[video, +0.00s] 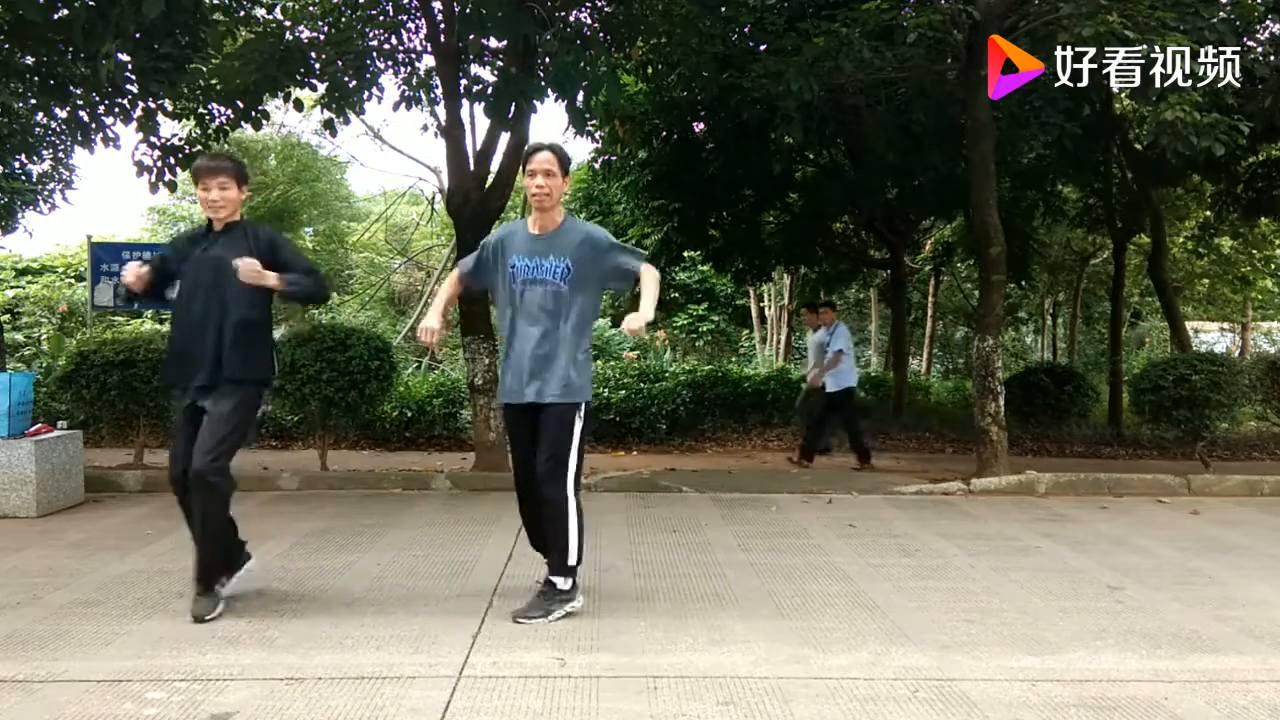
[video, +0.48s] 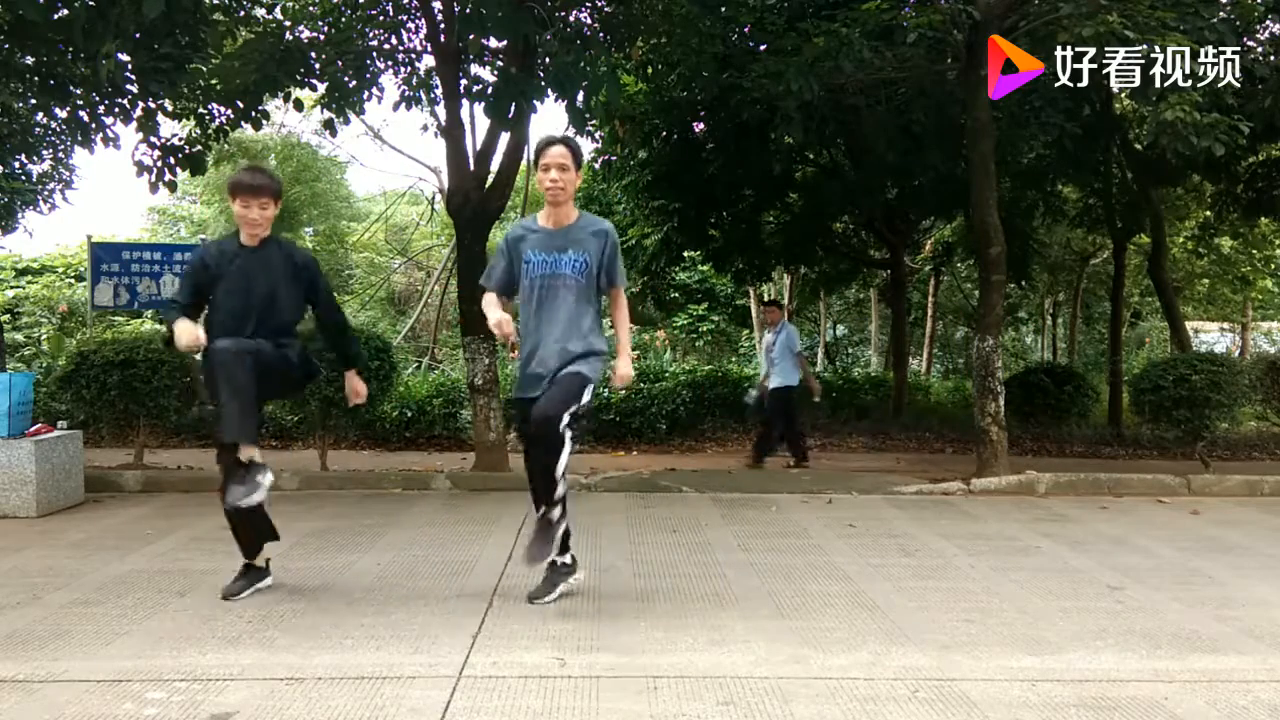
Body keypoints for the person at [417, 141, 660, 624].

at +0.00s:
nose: (539, 182)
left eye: (549, 174)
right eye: (532, 174)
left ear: (565, 183)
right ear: (523, 181)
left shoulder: (587, 238)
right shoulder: (503, 239)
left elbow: (647, 270)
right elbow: (458, 276)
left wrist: (645, 311)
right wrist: (435, 311)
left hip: (566, 379)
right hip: (518, 380)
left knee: (553, 481)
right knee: (527, 484)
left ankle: (562, 587)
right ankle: (557, 569)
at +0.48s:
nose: (553, 177)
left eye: (562, 169)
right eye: (545, 169)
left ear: (578, 176)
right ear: (536, 176)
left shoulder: (601, 233)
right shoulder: (517, 236)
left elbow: (617, 296)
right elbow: (491, 293)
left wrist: (624, 353)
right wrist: (496, 314)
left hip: (583, 357)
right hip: (534, 363)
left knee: (546, 418)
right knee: (538, 459)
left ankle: (546, 517)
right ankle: (563, 558)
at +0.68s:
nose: (573, 183)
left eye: (582, 175)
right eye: (565, 175)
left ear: (596, 184)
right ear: (554, 183)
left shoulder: (615, 241)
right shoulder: (532, 241)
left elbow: (626, 304)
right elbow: (500, 301)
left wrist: (636, 365)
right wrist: (516, 302)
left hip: (596, 361)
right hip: (546, 369)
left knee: (583, 415)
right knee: (546, 472)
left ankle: (597, 493)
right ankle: (552, 561)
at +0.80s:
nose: (592, 183)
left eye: (600, 174)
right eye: (583, 175)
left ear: (614, 183)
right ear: (572, 183)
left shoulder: (631, 242)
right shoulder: (546, 240)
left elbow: (638, 302)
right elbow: (528, 298)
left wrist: (645, 359)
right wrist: (538, 322)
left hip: (610, 380)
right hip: (555, 381)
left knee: (612, 465)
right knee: (548, 473)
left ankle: (619, 558)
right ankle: (547, 554)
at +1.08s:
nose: (616, 175)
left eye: (625, 167)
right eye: (608, 167)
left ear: (638, 176)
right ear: (597, 176)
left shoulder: (661, 233)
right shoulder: (576, 237)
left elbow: (674, 301)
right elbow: (570, 303)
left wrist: (678, 357)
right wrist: (563, 366)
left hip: (646, 373)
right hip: (589, 370)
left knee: (639, 480)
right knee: (576, 460)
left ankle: (630, 573)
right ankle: (574, 513)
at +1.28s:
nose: (635, 187)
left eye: (643, 179)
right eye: (626, 180)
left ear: (658, 188)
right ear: (616, 190)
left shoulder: (681, 245)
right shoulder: (596, 248)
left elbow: (700, 304)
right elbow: (587, 313)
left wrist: (691, 326)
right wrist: (585, 369)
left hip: (664, 375)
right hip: (611, 366)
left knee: (651, 481)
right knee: (629, 423)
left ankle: (633, 570)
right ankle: (624, 503)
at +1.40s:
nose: (647, 182)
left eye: (655, 174)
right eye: (638, 175)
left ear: (669, 182)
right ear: (628, 186)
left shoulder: (695, 239)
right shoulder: (609, 244)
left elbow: (716, 300)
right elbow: (597, 307)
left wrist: (696, 314)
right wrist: (588, 364)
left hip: (679, 374)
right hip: (628, 370)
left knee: (662, 472)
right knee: (646, 463)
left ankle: (625, 556)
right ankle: (662, 554)